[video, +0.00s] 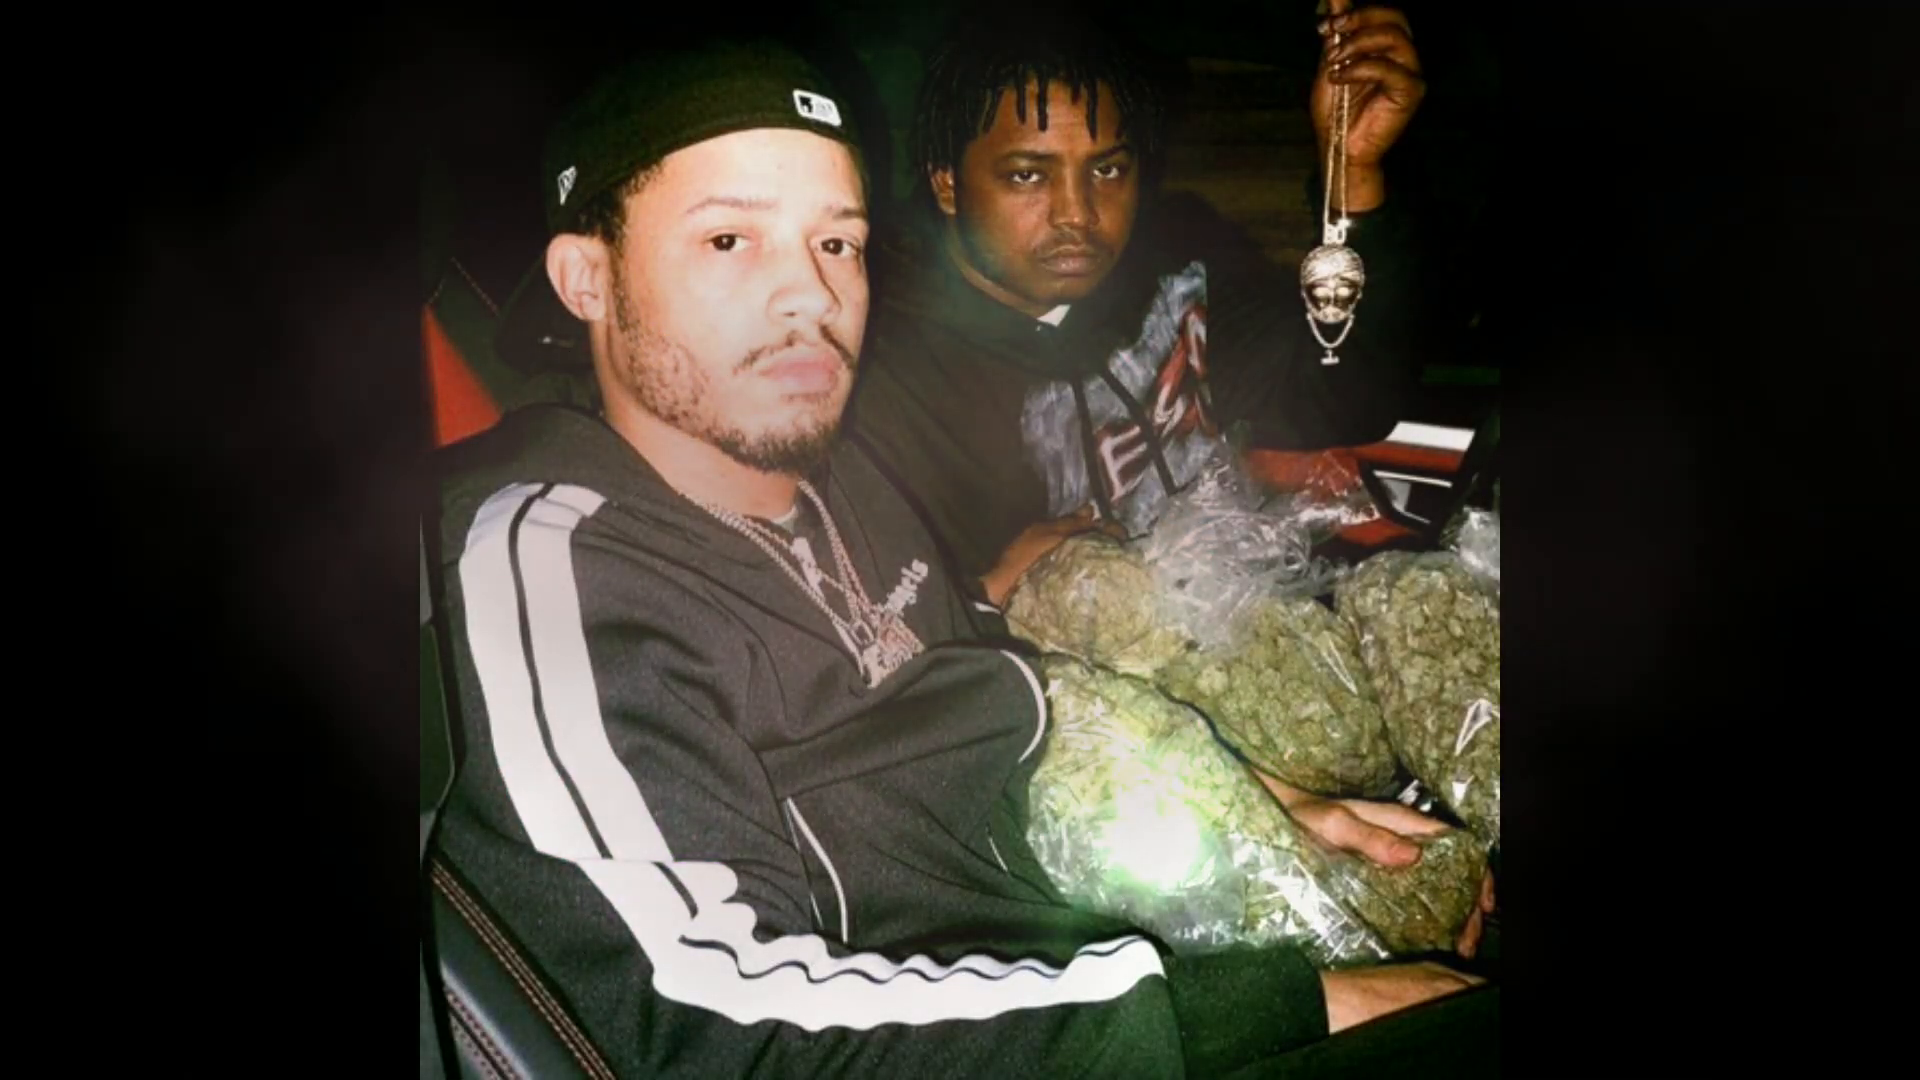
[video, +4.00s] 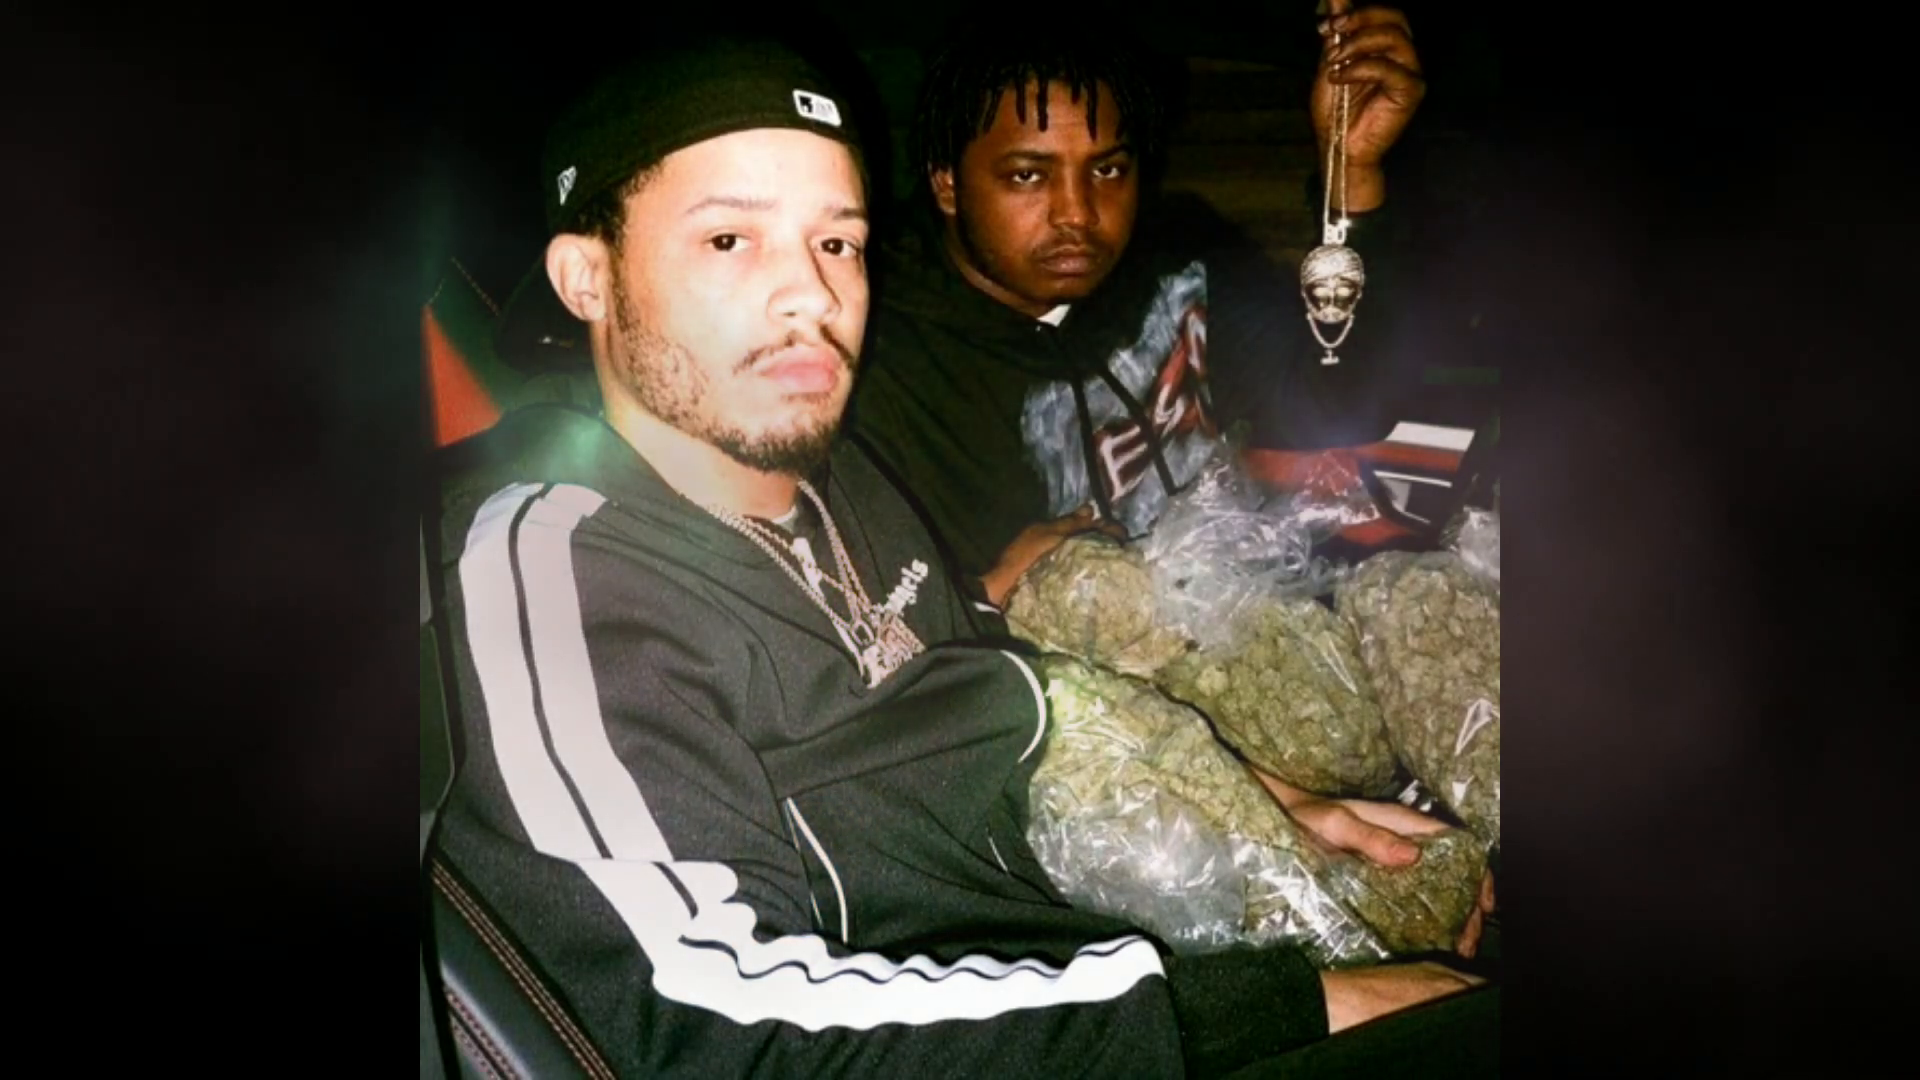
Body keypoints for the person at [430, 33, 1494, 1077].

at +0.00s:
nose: (813, 304)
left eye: (836, 249)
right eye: (729, 245)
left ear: (868, 269)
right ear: (588, 283)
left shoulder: (832, 477)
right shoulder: (532, 552)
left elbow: (1001, 742)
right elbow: (711, 1012)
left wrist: (1263, 827)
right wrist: (1281, 1007)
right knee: (1458, 1008)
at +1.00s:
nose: (813, 303)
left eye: (837, 250)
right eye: (731, 243)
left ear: (871, 268)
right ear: (588, 281)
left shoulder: (837, 495)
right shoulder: (536, 551)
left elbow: (1016, 741)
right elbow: (708, 1011)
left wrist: (1270, 825)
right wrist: (1274, 1010)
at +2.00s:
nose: (811, 306)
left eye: (835, 249)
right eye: (730, 246)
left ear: (868, 268)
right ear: (589, 283)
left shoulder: (842, 484)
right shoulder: (530, 550)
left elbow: (1012, 738)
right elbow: (706, 1014)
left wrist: (1267, 817)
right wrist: (1276, 1008)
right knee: (1479, 1006)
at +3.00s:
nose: (810, 304)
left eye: (835, 250)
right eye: (729, 245)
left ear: (868, 269)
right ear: (588, 282)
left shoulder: (833, 481)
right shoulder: (534, 557)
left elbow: (1011, 738)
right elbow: (709, 1015)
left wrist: (1269, 821)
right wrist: (1277, 1009)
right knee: (1469, 1004)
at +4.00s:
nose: (810, 303)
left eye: (835, 249)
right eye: (729, 244)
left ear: (866, 269)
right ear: (588, 282)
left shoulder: (828, 482)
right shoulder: (536, 552)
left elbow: (1010, 745)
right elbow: (707, 1019)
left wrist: (1267, 820)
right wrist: (1278, 1008)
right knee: (1489, 1006)